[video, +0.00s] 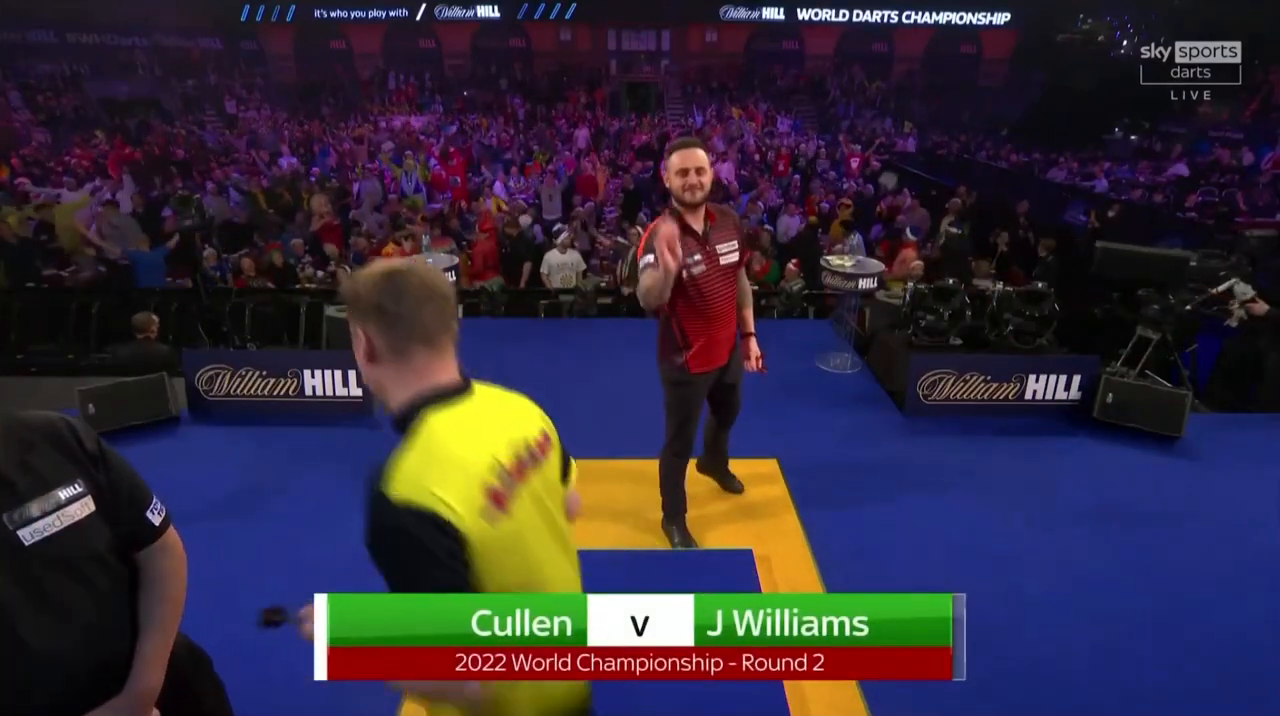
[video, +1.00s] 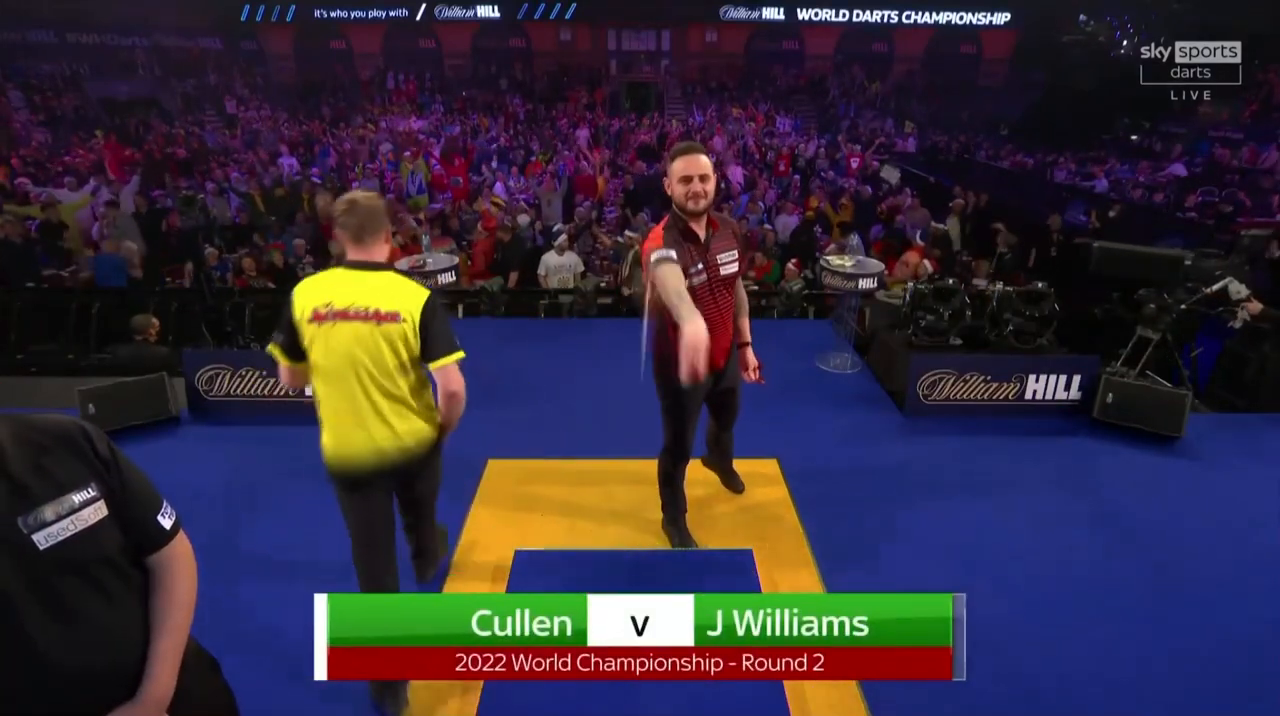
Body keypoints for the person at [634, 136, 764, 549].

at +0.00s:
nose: (693, 179)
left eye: (699, 170)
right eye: (682, 173)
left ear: (711, 174)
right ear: (666, 179)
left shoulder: (727, 219)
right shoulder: (661, 233)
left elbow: (739, 277)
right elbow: (649, 300)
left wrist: (749, 334)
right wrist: (668, 268)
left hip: (727, 346)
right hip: (685, 356)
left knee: (726, 410)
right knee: (680, 442)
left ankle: (713, 460)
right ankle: (674, 517)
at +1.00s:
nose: (696, 187)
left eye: (704, 178)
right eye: (685, 180)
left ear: (715, 181)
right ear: (669, 186)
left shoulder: (727, 230)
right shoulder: (661, 241)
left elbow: (736, 287)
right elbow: (672, 286)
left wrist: (745, 344)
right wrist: (690, 321)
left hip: (725, 352)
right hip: (680, 357)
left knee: (726, 413)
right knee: (678, 446)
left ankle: (719, 457)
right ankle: (674, 517)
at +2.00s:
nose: (692, 186)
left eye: (699, 177)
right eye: (682, 178)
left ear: (711, 182)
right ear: (666, 184)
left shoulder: (727, 228)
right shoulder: (653, 243)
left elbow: (740, 285)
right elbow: (636, 315)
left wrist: (745, 343)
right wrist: (665, 335)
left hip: (722, 355)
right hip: (679, 365)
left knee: (728, 409)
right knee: (677, 447)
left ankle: (715, 460)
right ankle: (673, 520)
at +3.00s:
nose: (695, 185)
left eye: (702, 176)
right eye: (684, 178)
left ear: (713, 180)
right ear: (667, 186)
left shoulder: (725, 228)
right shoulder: (660, 241)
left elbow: (737, 289)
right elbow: (670, 285)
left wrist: (745, 346)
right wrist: (673, 307)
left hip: (724, 354)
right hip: (683, 361)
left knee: (728, 412)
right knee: (678, 447)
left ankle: (719, 457)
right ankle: (674, 520)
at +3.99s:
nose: (695, 189)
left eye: (703, 180)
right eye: (684, 181)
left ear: (715, 183)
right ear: (669, 185)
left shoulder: (729, 229)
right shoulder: (657, 243)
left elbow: (743, 289)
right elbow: (636, 321)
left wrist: (745, 347)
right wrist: (673, 353)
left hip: (725, 356)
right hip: (680, 361)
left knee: (730, 415)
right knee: (678, 444)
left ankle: (713, 462)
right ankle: (675, 521)